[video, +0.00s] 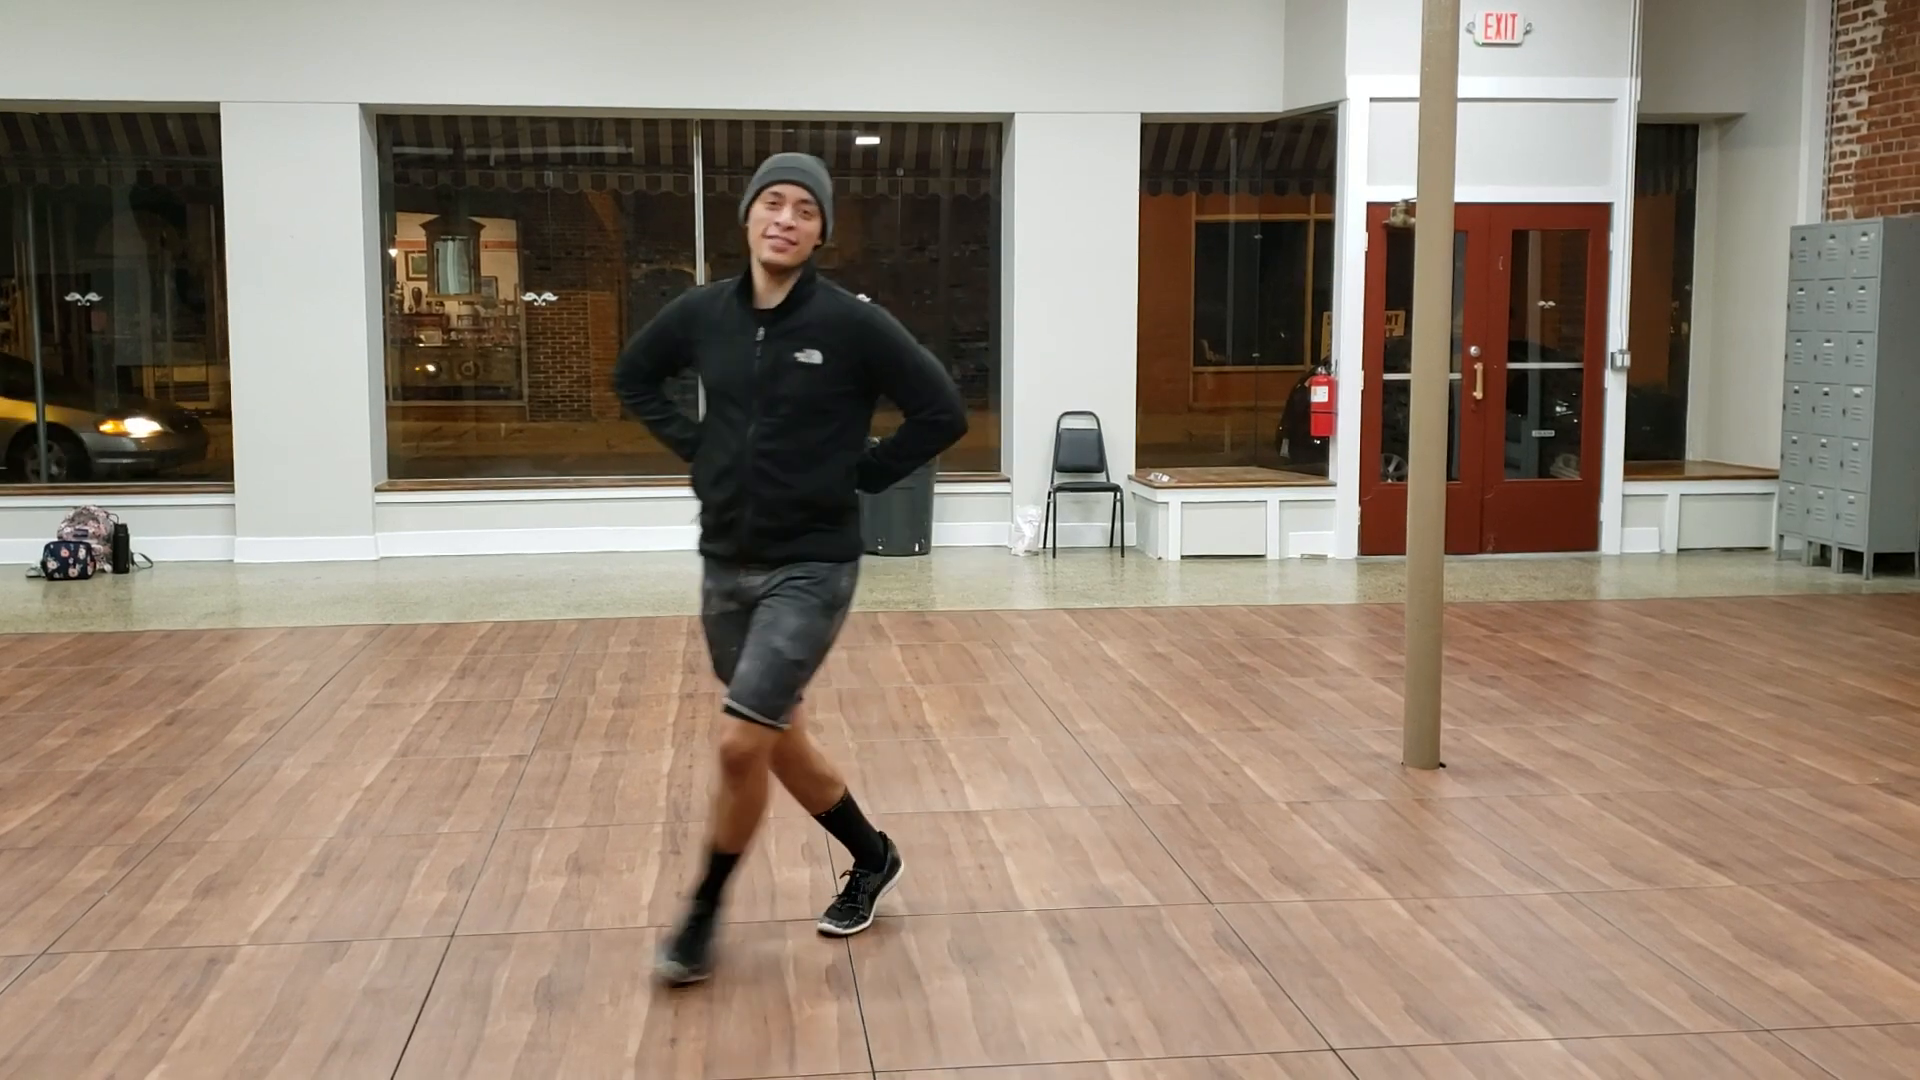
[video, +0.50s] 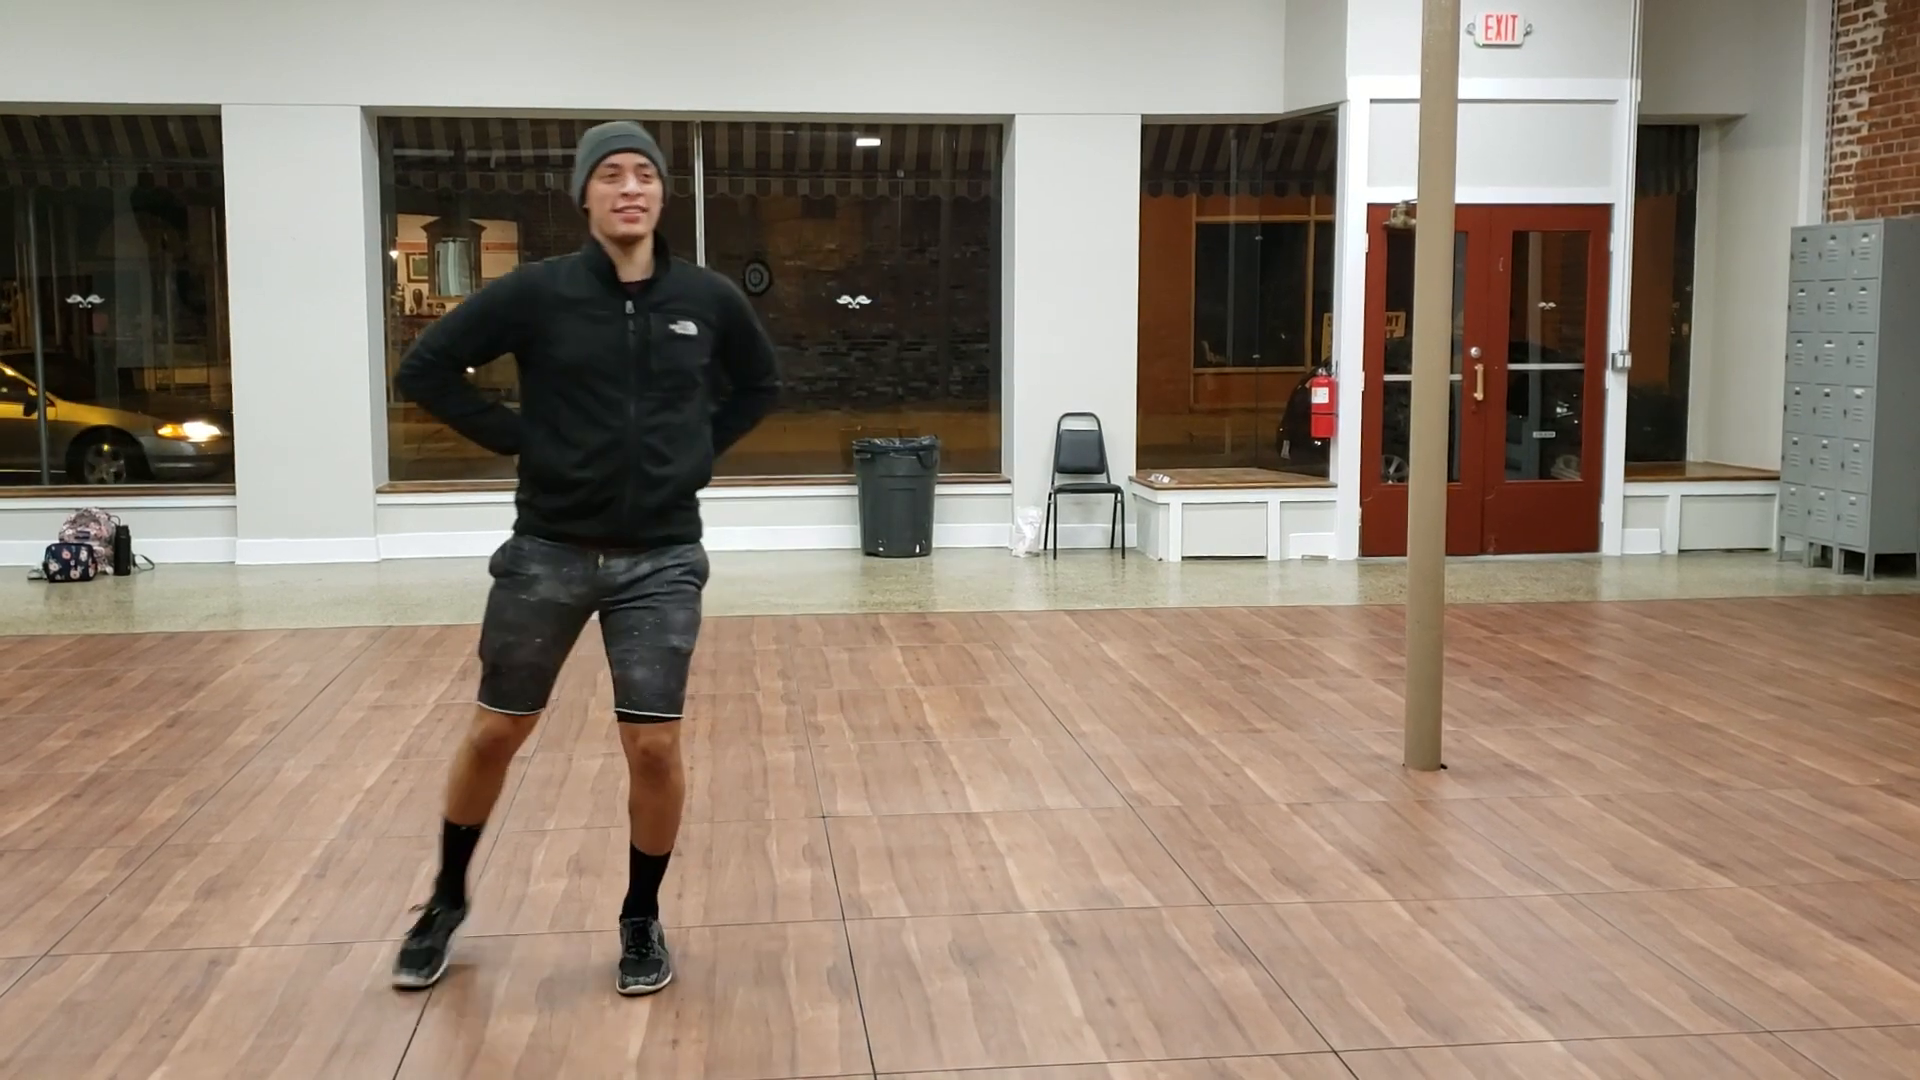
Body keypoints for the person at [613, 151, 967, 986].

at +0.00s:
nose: (786, 219)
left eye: (804, 211)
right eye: (774, 205)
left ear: (821, 232)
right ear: (747, 220)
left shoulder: (853, 323)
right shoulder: (702, 312)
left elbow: (944, 416)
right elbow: (633, 379)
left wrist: (858, 476)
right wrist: (696, 446)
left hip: (813, 561)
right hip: (725, 559)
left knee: (741, 742)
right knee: (776, 740)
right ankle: (872, 853)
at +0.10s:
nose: (759, 230)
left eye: (777, 220)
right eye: (746, 215)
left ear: (795, 243)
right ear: (719, 231)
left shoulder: (827, 340)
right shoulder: (668, 320)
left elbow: (907, 436)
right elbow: (583, 382)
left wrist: (813, 488)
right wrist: (649, 456)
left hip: (764, 576)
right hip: (673, 569)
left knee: (691, 757)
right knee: (707, 745)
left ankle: (645, 921)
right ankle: (842, 843)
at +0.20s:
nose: (736, 229)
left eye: (752, 220)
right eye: (722, 215)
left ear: (768, 245)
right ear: (692, 232)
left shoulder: (799, 347)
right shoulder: (637, 316)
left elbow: (863, 446)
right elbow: (543, 382)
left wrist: (772, 494)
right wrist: (610, 461)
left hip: (727, 575)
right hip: (631, 567)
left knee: (663, 757)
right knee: (616, 761)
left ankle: (642, 923)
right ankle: (750, 824)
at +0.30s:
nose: (704, 212)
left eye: (719, 203)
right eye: (689, 199)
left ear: (737, 229)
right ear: (659, 217)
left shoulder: (771, 332)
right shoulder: (603, 306)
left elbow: (833, 429)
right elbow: (506, 372)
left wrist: (746, 475)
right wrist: (578, 453)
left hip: (701, 570)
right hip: (597, 561)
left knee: (659, 755)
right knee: (557, 745)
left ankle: (644, 917)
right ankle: (638, 829)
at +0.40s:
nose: (668, 195)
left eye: (682, 184)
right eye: (651, 183)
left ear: (702, 205)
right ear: (621, 204)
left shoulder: (743, 307)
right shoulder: (567, 295)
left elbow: (802, 400)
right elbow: (463, 365)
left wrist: (721, 461)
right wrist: (547, 439)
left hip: (682, 561)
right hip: (569, 556)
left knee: (660, 747)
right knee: (521, 736)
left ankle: (642, 919)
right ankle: (532, 868)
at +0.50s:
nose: (630, 188)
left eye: (643, 176)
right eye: (612, 176)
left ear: (664, 197)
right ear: (584, 198)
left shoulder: (710, 298)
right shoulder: (535, 292)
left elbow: (759, 387)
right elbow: (424, 371)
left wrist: (689, 453)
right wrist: (523, 439)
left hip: (661, 558)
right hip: (548, 553)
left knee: (656, 748)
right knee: (496, 732)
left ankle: (640, 922)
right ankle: (445, 899)